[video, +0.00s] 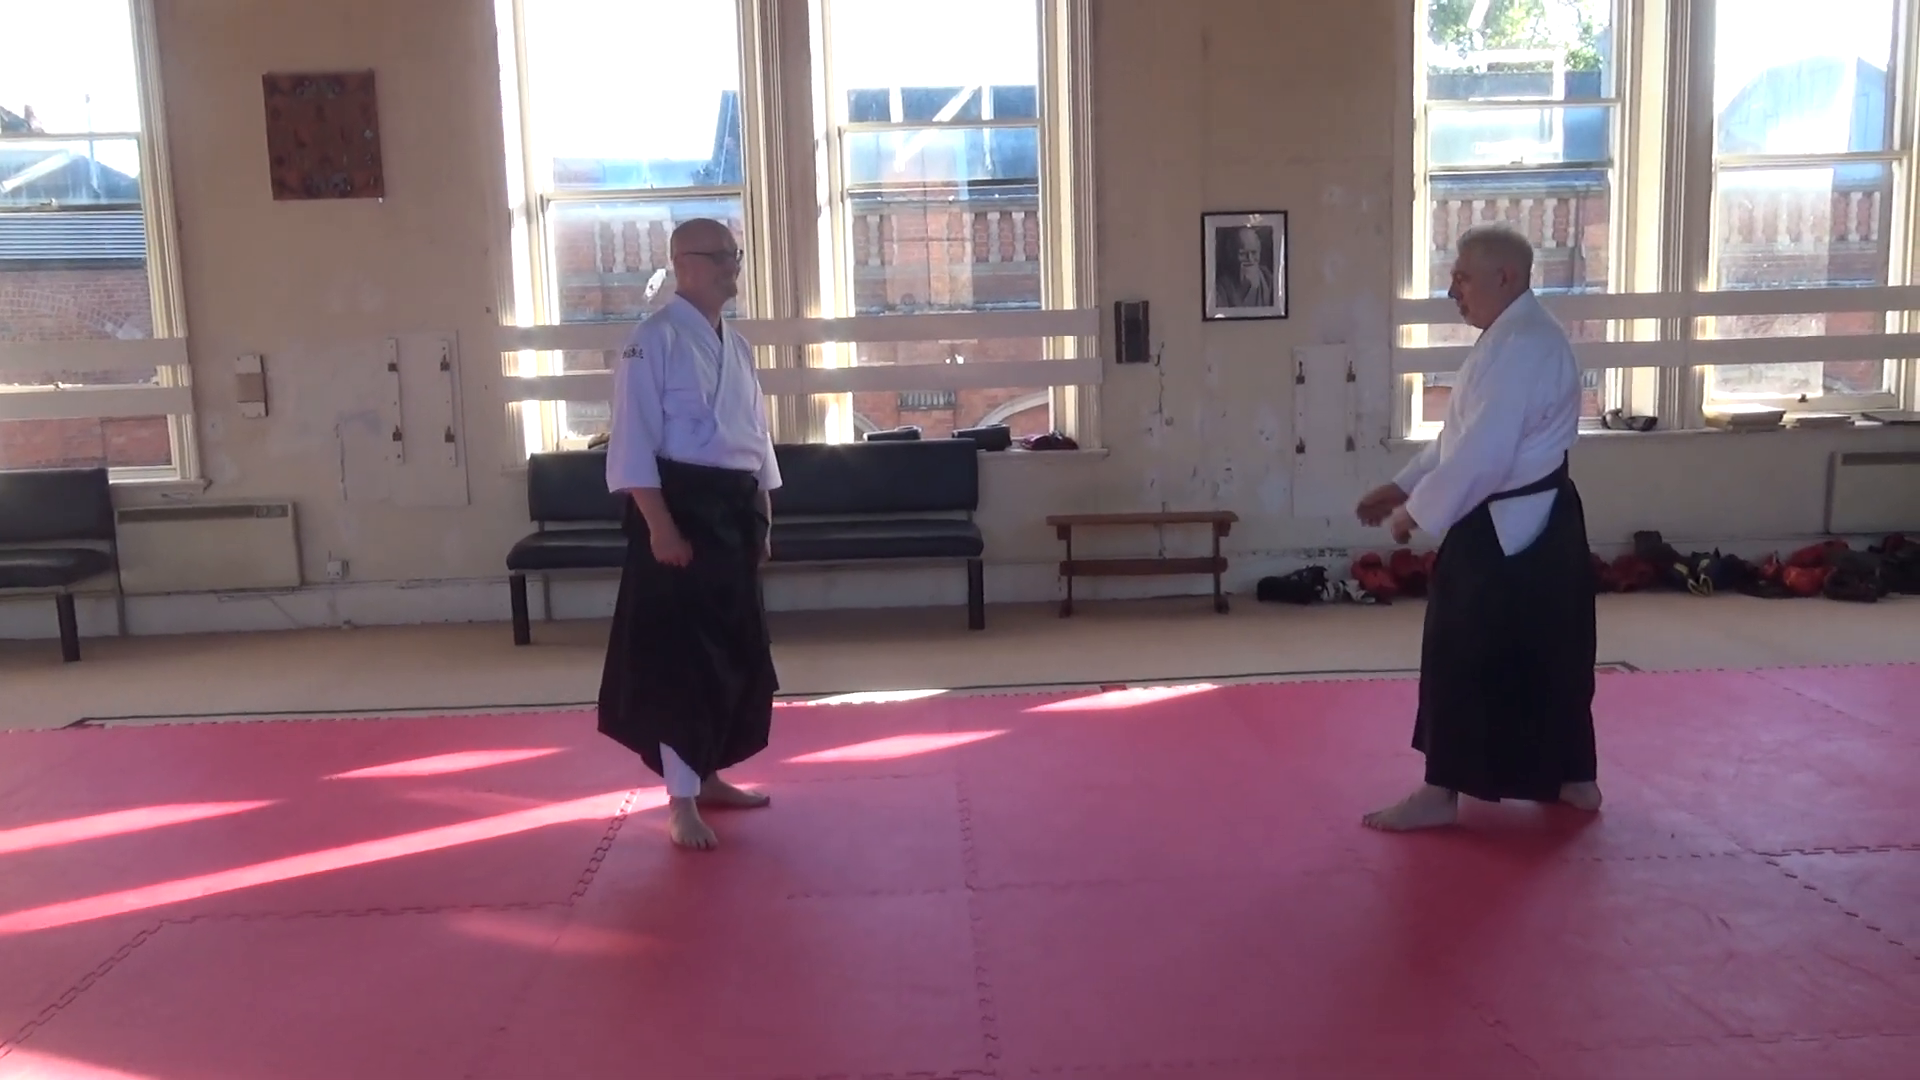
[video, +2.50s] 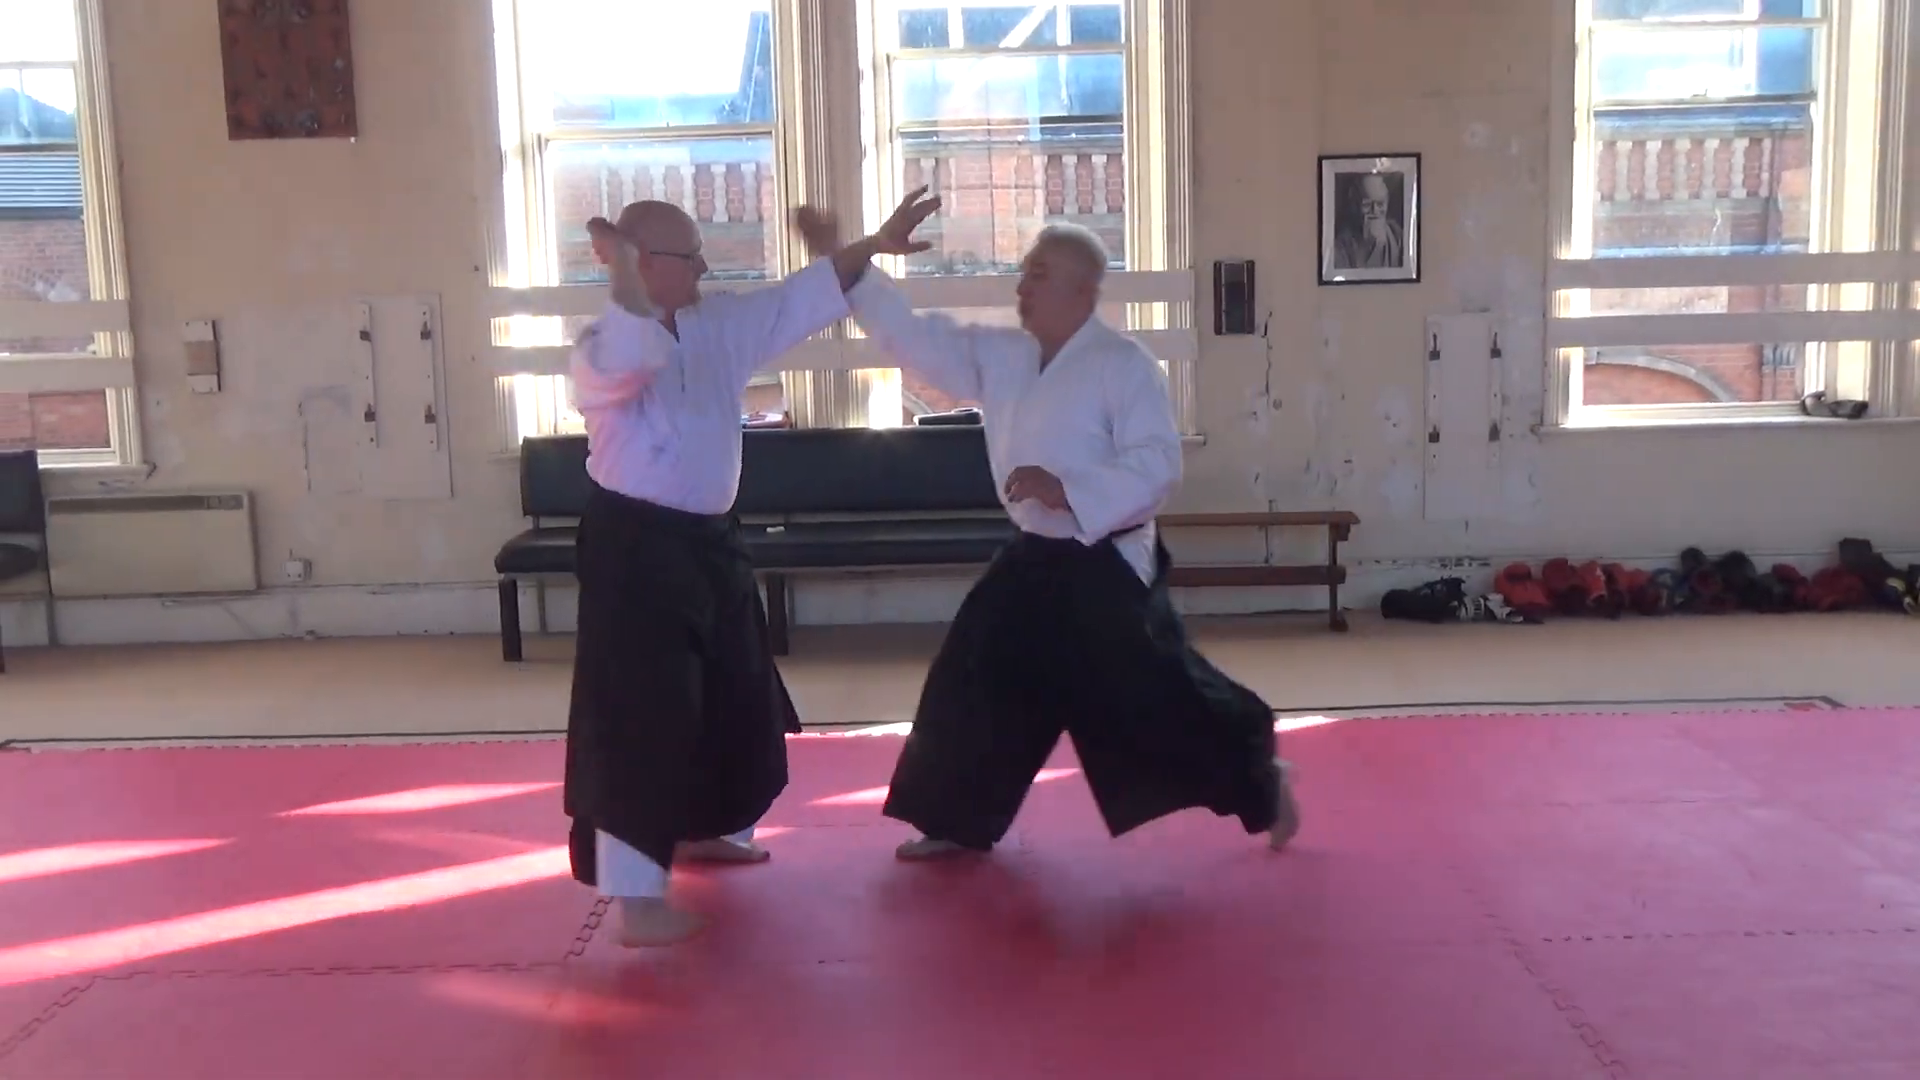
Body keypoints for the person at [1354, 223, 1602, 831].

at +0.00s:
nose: (1453, 288)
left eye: (1464, 277)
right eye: (1454, 277)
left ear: (1505, 277)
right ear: (1508, 279)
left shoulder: (1518, 345)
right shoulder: (1515, 335)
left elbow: (1481, 454)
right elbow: (1460, 438)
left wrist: (1415, 513)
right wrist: (1400, 486)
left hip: (1500, 523)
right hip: (1542, 514)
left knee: (1453, 654)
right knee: (1555, 649)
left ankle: (1438, 792)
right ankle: (1576, 779)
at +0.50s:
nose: (1452, 298)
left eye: (1462, 287)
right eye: (1453, 287)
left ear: (1504, 286)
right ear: (1502, 287)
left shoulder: (1524, 354)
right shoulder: (1499, 347)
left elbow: (1476, 458)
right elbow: (1446, 431)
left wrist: (1427, 508)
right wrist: (1389, 480)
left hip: (1506, 532)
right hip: (1535, 524)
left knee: (1453, 665)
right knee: (1552, 660)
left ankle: (1439, 803)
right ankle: (1577, 791)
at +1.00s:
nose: (1647, 215)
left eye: (1660, 199)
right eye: (1646, 199)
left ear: (1715, 197)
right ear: (1711, 199)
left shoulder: (1736, 287)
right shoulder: (1711, 273)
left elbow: (1648, 421)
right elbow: (1623, 366)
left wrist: (1582, 464)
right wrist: (1528, 427)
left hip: (1709, 526)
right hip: (1747, 516)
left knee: (1638, 703)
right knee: (1770, 704)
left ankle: (1615, 894)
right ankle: (1801, 879)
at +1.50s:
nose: (1651, 215)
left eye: (1663, 198)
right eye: (1652, 199)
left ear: (1719, 198)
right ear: (1723, 199)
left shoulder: (1728, 290)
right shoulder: (1746, 268)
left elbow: (1642, 423)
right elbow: (1634, 362)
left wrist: (1595, 475)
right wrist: (1537, 427)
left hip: (1710, 520)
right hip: (1770, 509)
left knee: (1616, 673)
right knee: (1794, 695)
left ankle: (1624, 869)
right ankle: (1828, 869)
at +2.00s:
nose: (1333, 279)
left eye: (1342, 267)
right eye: (1333, 266)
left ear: (1381, 270)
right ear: (1397, 270)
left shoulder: (1374, 351)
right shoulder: (1434, 315)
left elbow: (1293, 437)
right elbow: (1356, 271)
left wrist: (1210, 483)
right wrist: (1333, 221)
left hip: (1425, 542)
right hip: (1471, 522)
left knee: (1349, 671)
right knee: (1541, 658)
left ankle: (1382, 832)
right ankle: (1634, 761)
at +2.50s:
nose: (1021, 283)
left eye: (1038, 273)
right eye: (1023, 270)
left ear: (1084, 290)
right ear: (1027, 284)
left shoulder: (1125, 366)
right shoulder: (999, 357)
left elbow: (1155, 466)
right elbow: (909, 332)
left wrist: (1070, 490)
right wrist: (842, 261)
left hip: (1109, 562)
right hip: (1030, 558)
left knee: (1155, 691)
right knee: (972, 677)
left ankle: (1255, 777)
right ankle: (959, 826)